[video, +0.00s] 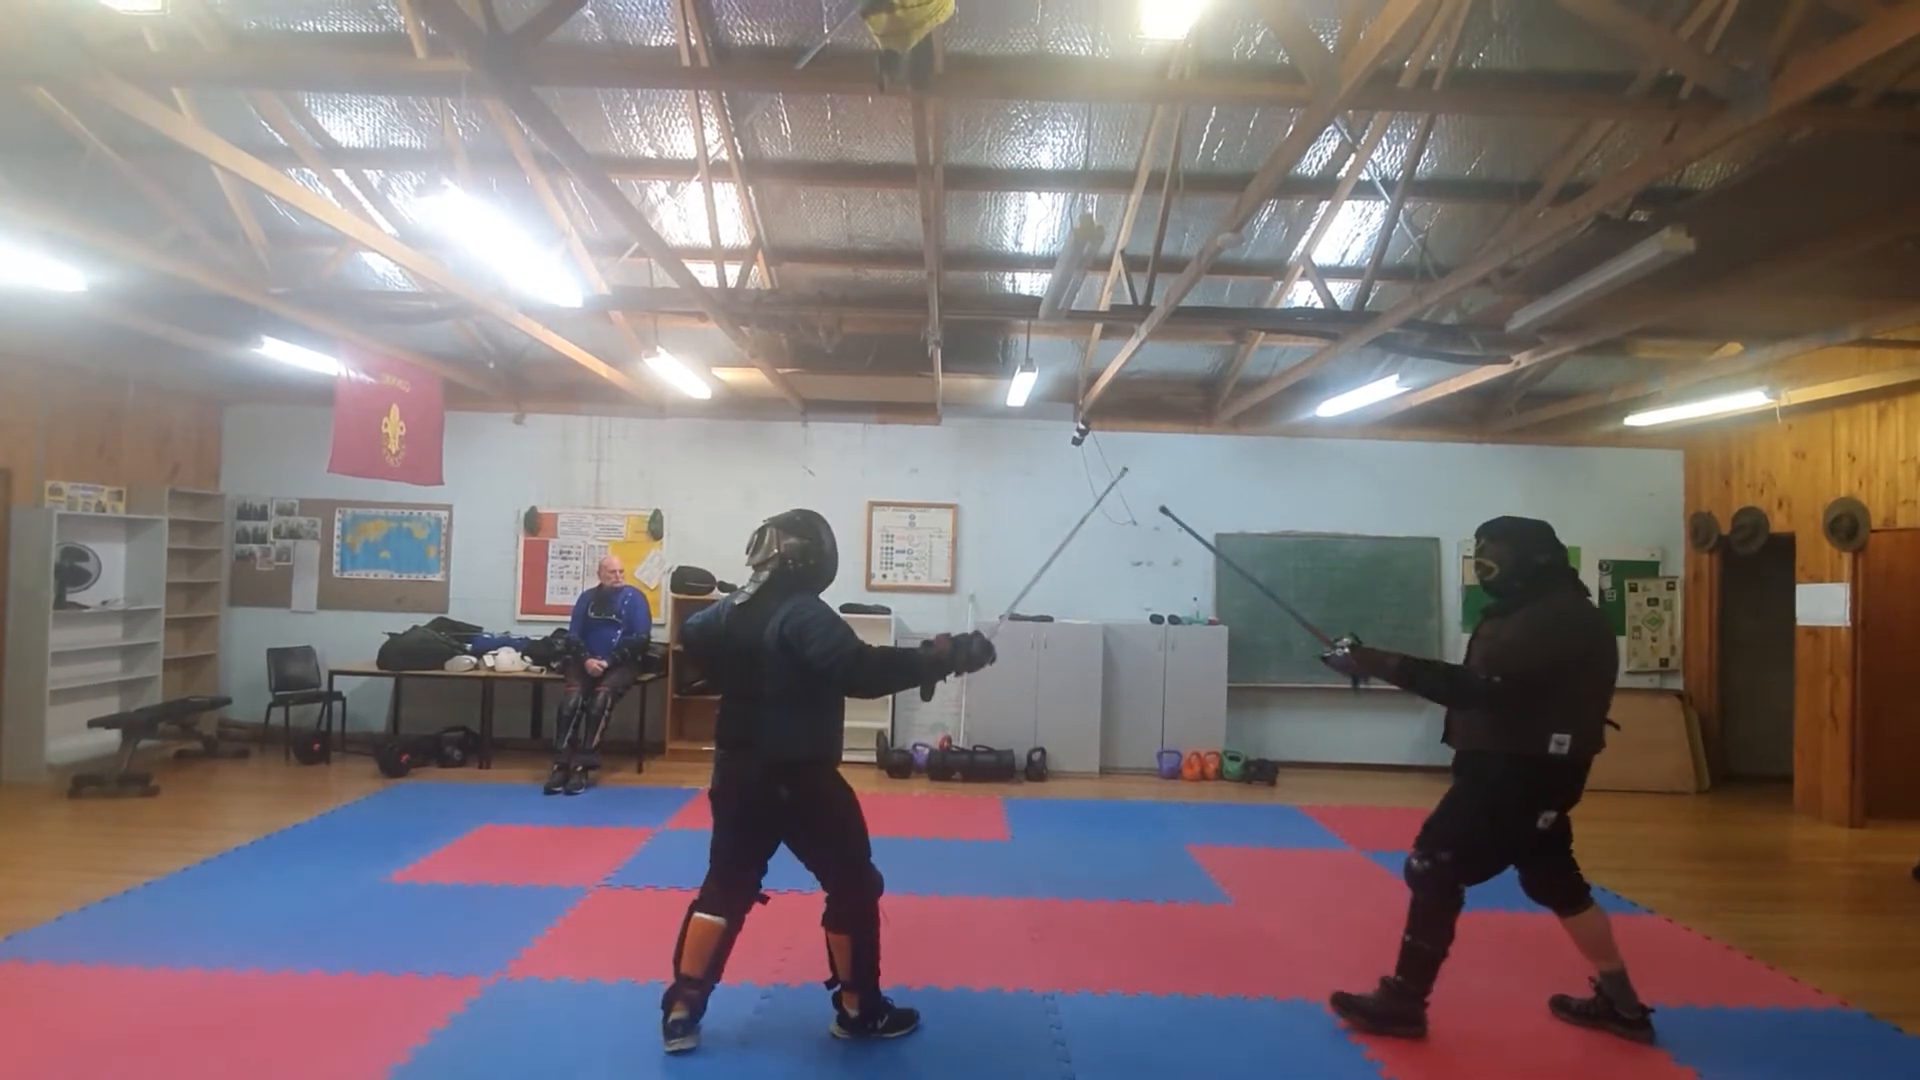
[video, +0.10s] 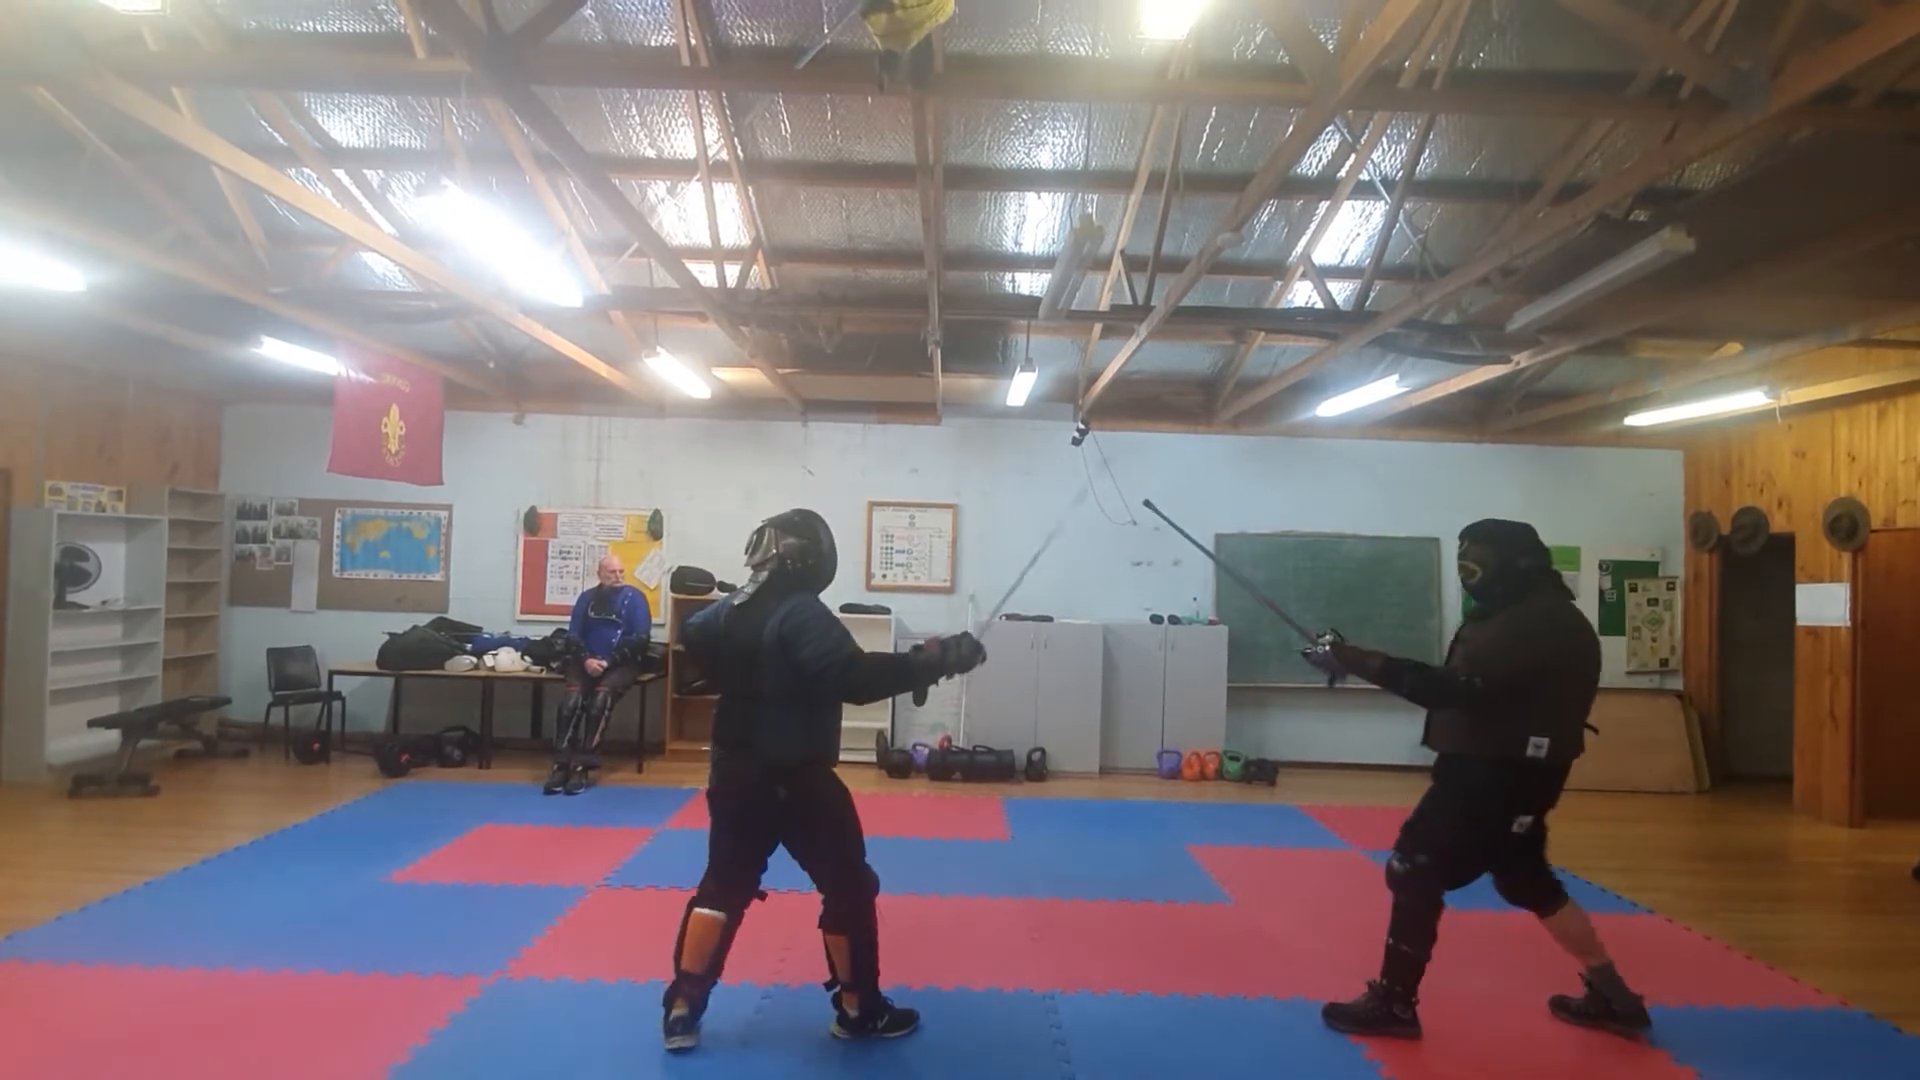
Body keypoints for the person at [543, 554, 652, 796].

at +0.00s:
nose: (618, 577)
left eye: (621, 572)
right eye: (612, 572)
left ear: (624, 573)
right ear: (599, 574)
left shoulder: (634, 598)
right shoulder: (587, 597)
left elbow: (640, 639)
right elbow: (573, 636)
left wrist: (608, 661)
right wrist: (585, 659)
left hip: (619, 663)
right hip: (585, 660)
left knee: (601, 696)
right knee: (572, 697)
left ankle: (581, 768)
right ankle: (560, 766)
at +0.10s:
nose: (618, 577)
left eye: (621, 572)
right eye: (612, 572)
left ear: (624, 573)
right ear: (599, 573)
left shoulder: (634, 597)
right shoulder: (586, 597)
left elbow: (640, 639)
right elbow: (573, 636)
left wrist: (607, 661)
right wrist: (585, 659)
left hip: (619, 663)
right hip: (585, 660)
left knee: (601, 696)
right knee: (572, 696)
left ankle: (581, 768)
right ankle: (560, 766)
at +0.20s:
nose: (618, 577)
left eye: (621, 572)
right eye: (612, 572)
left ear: (624, 573)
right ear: (599, 573)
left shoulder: (634, 598)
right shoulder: (586, 597)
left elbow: (639, 639)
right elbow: (573, 636)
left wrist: (608, 661)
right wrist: (585, 659)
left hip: (619, 663)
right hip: (585, 660)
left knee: (601, 696)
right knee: (572, 696)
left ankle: (582, 768)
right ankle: (560, 766)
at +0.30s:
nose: (618, 576)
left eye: (621, 572)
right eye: (612, 572)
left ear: (624, 573)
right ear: (599, 573)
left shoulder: (634, 597)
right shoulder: (586, 597)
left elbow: (639, 638)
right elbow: (573, 635)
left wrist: (608, 661)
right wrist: (585, 659)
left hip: (619, 662)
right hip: (585, 660)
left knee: (602, 695)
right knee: (572, 695)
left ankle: (582, 768)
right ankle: (560, 765)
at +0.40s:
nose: (618, 576)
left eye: (621, 571)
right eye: (612, 572)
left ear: (624, 572)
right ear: (599, 573)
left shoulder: (634, 597)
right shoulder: (586, 596)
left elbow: (639, 638)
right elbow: (573, 634)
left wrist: (608, 660)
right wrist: (585, 658)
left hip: (619, 662)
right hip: (585, 659)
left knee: (602, 694)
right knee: (573, 694)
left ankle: (582, 767)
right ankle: (560, 765)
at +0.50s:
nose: (617, 576)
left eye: (621, 571)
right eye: (612, 572)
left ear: (624, 572)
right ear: (599, 573)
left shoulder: (634, 597)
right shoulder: (586, 597)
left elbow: (638, 636)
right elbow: (573, 634)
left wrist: (608, 660)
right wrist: (585, 658)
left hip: (619, 661)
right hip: (585, 659)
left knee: (601, 695)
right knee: (572, 695)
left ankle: (581, 767)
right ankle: (560, 765)